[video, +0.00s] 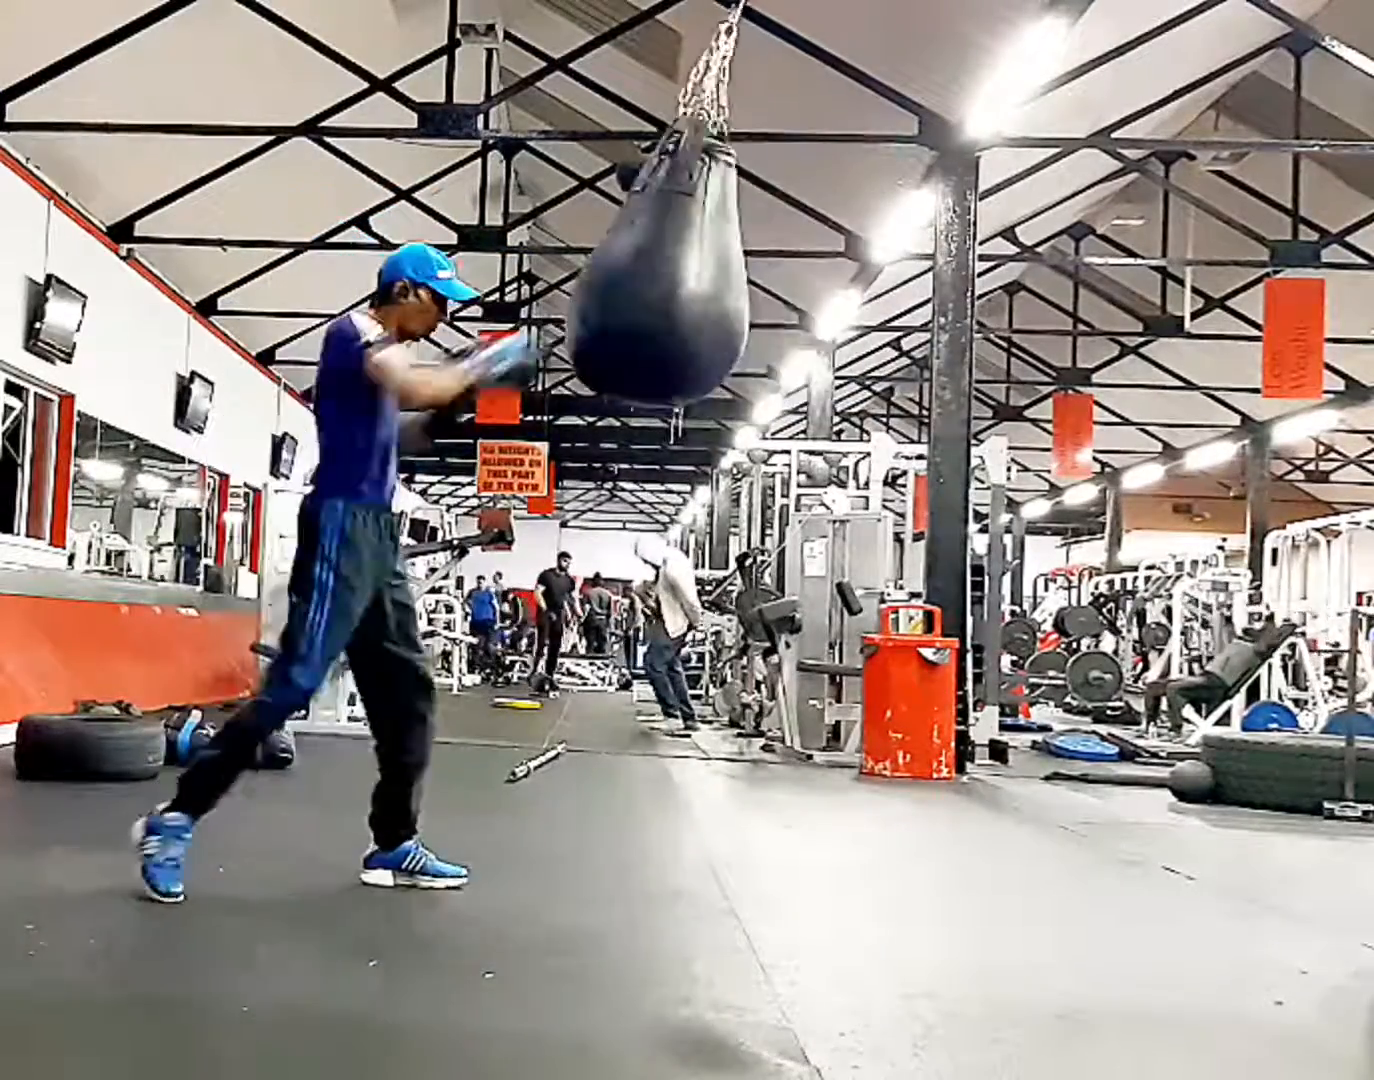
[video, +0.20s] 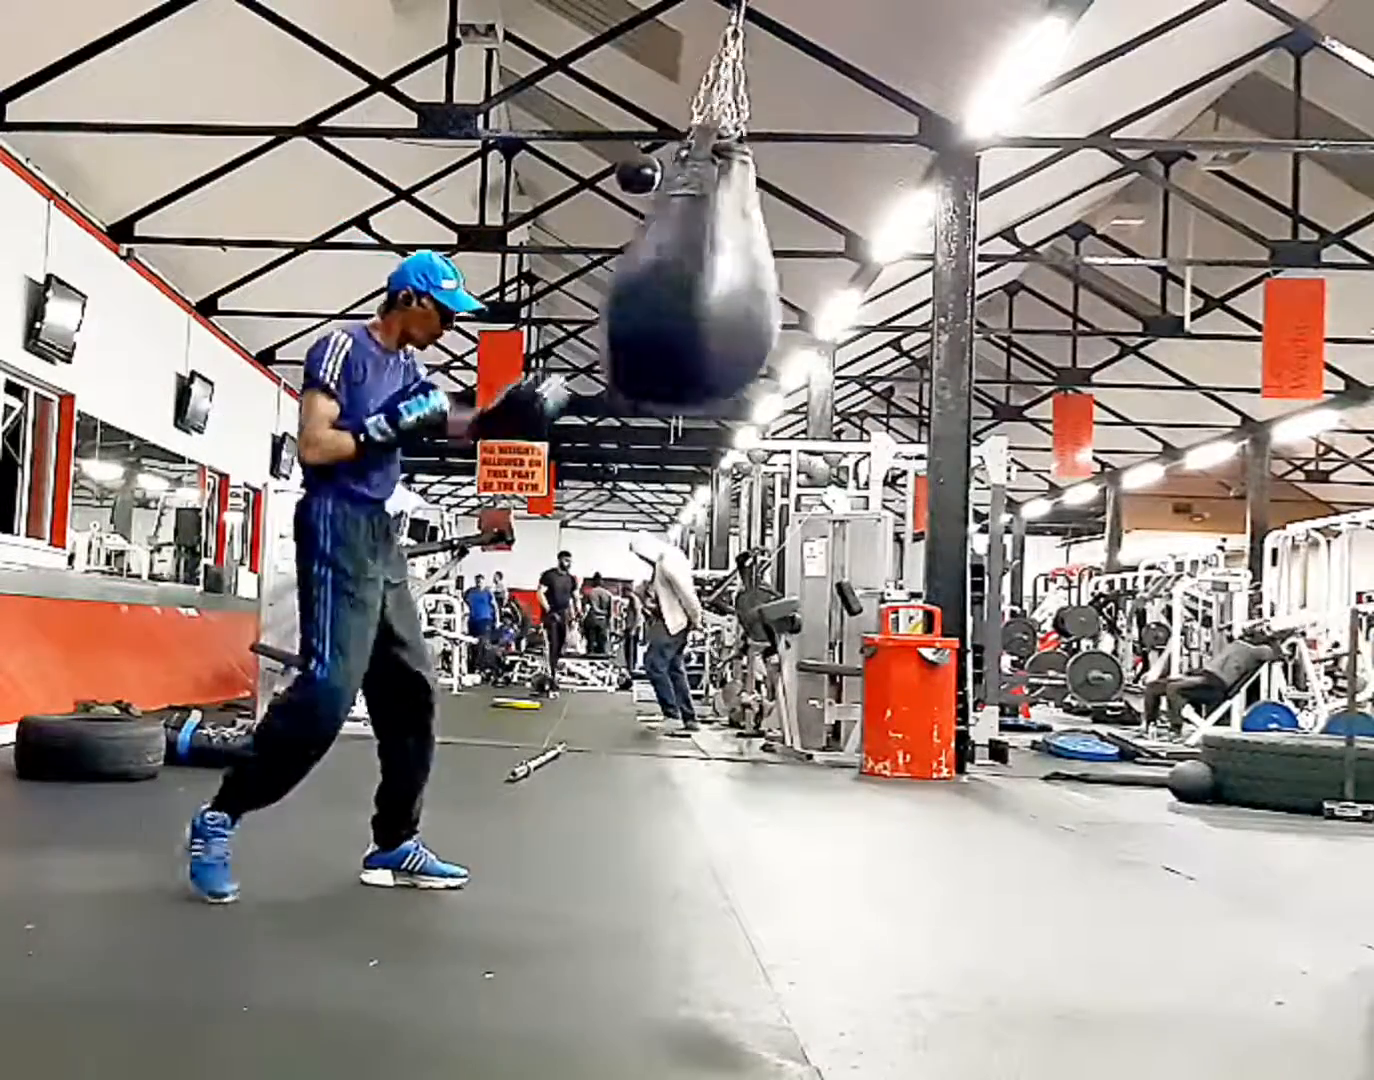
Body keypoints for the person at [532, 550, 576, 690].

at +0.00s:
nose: (566, 564)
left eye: (568, 562)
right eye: (563, 561)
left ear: (570, 563)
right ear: (558, 561)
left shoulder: (570, 580)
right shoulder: (547, 575)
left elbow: (572, 598)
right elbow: (537, 591)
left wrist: (578, 612)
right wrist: (544, 608)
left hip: (559, 613)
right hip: (545, 611)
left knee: (555, 646)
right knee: (542, 643)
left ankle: (550, 674)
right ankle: (534, 671)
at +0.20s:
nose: (567, 563)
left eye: (569, 561)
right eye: (565, 560)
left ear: (570, 562)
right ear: (559, 560)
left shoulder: (572, 579)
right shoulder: (548, 575)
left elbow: (576, 596)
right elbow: (539, 592)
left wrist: (578, 610)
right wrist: (547, 608)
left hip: (565, 613)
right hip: (551, 613)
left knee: (561, 642)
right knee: (553, 643)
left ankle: (553, 671)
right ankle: (552, 676)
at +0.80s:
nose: (571, 563)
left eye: (573, 560)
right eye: (569, 560)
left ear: (575, 561)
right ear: (565, 561)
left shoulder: (580, 576)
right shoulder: (557, 577)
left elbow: (584, 592)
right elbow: (554, 596)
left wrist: (589, 607)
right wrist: (562, 610)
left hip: (578, 613)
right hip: (563, 613)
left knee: (582, 646)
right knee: (562, 647)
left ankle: (571, 674)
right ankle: (563, 677)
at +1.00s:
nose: (577, 565)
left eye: (579, 562)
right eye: (575, 562)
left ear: (582, 562)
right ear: (570, 562)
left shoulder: (586, 577)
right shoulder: (562, 577)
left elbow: (591, 594)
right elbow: (557, 597)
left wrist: (594, 608)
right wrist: (565, 613)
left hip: (583, 615)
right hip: (568, 615)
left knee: (587, 648)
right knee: (565, 649)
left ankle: (590, 679)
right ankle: (563, 680)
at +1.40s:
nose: (597, 565)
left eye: (600, 563)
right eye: (595, 562)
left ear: (603, 563)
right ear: (591, 562)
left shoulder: (605, 579)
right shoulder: (581, 576)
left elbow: (610, 597)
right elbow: (571, 592)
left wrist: (610, 613)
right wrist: (576, 610)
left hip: (599, 617)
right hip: (584, 616)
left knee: (598, 653)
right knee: (578, 650)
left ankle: (599, 684)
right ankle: (567, 681)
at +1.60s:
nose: (602, 565)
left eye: (604, 562)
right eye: (600, 561)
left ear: (608, 562)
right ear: (596, 561)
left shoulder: (612, 579)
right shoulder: (586, 576)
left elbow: (618, 596)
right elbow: (577, 591)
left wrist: (618, 610)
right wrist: (583, 606)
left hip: (605, 616)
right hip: (590, 615)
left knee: (602, 652)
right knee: (587, 651)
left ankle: (600, 684)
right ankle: (584, 682)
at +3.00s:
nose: (596, 568)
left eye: (598, 564)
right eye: (594, 565)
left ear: (604, 562)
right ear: (591, 563)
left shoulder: (614, 574)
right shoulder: (594, 575)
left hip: (605, 619)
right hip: (593, 619)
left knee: (603, 653)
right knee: (594, 652)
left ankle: (603, 684)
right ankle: (600, 683)